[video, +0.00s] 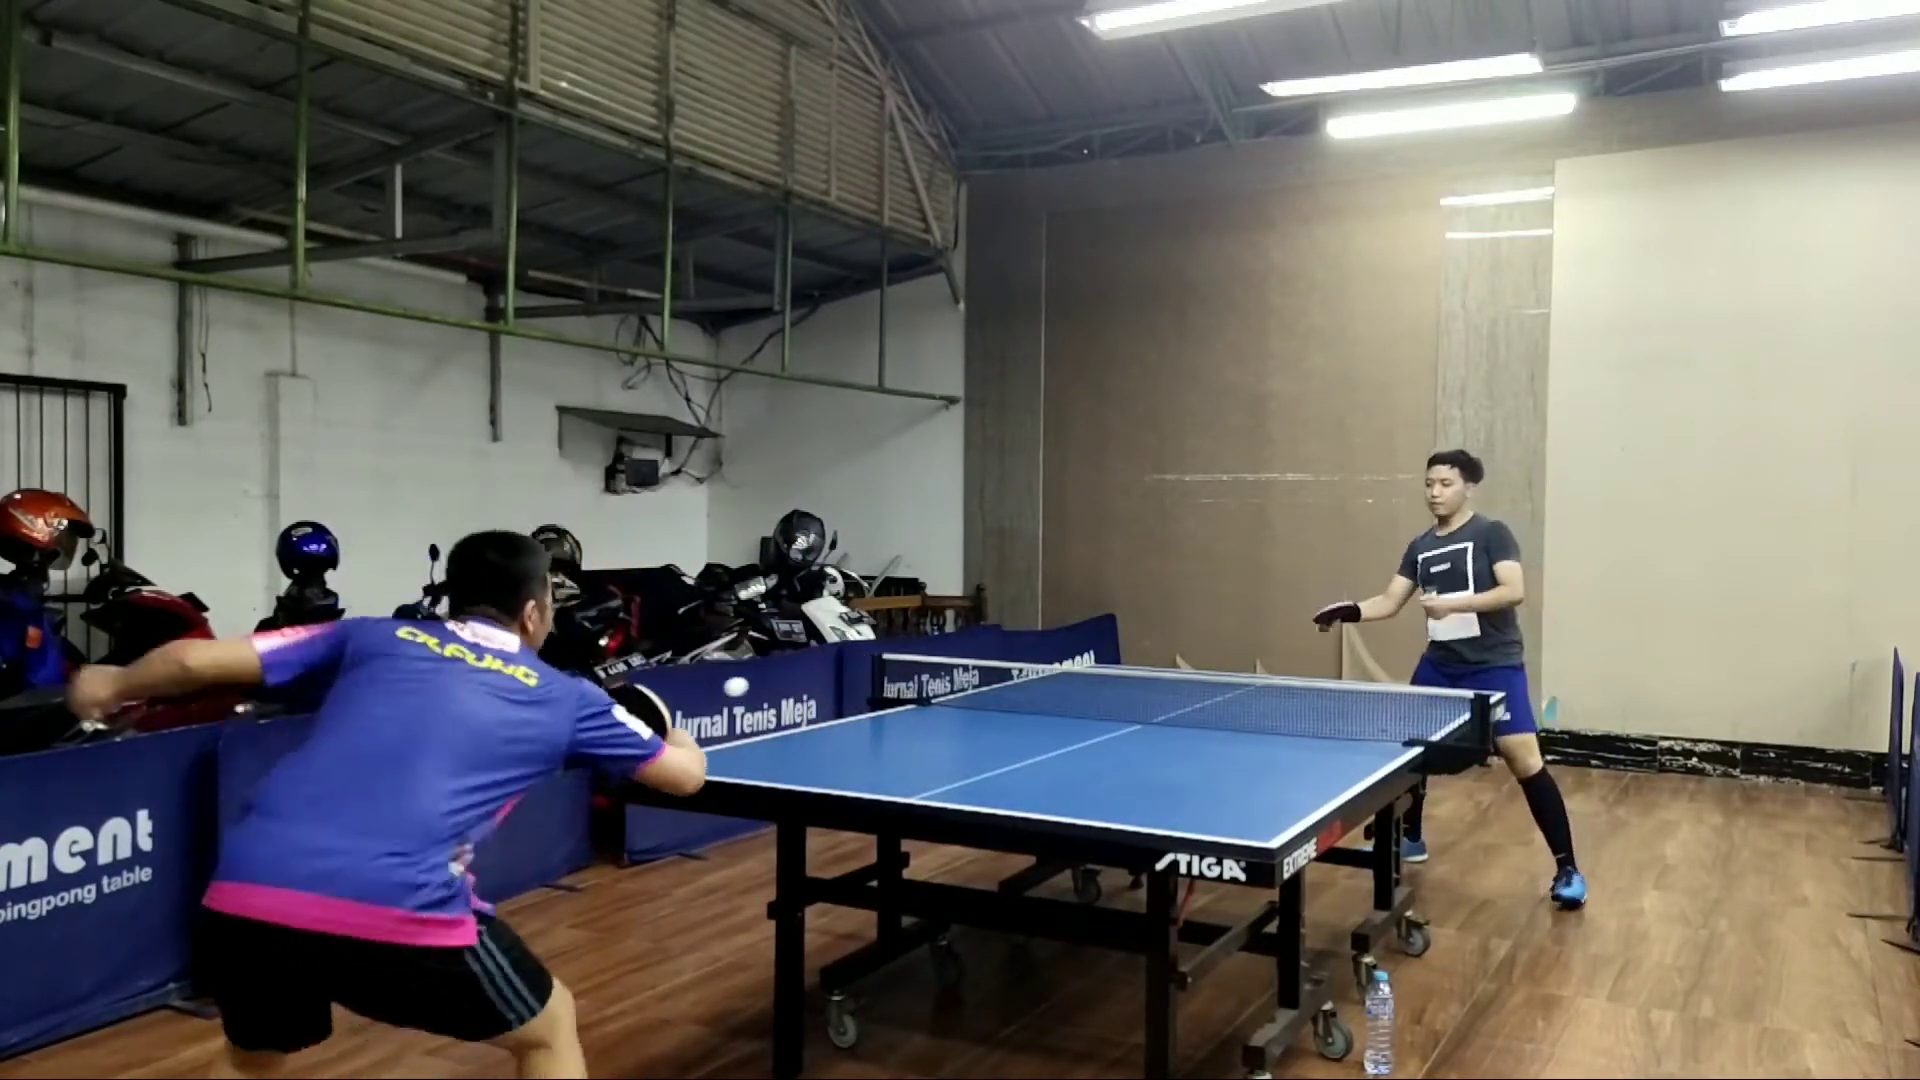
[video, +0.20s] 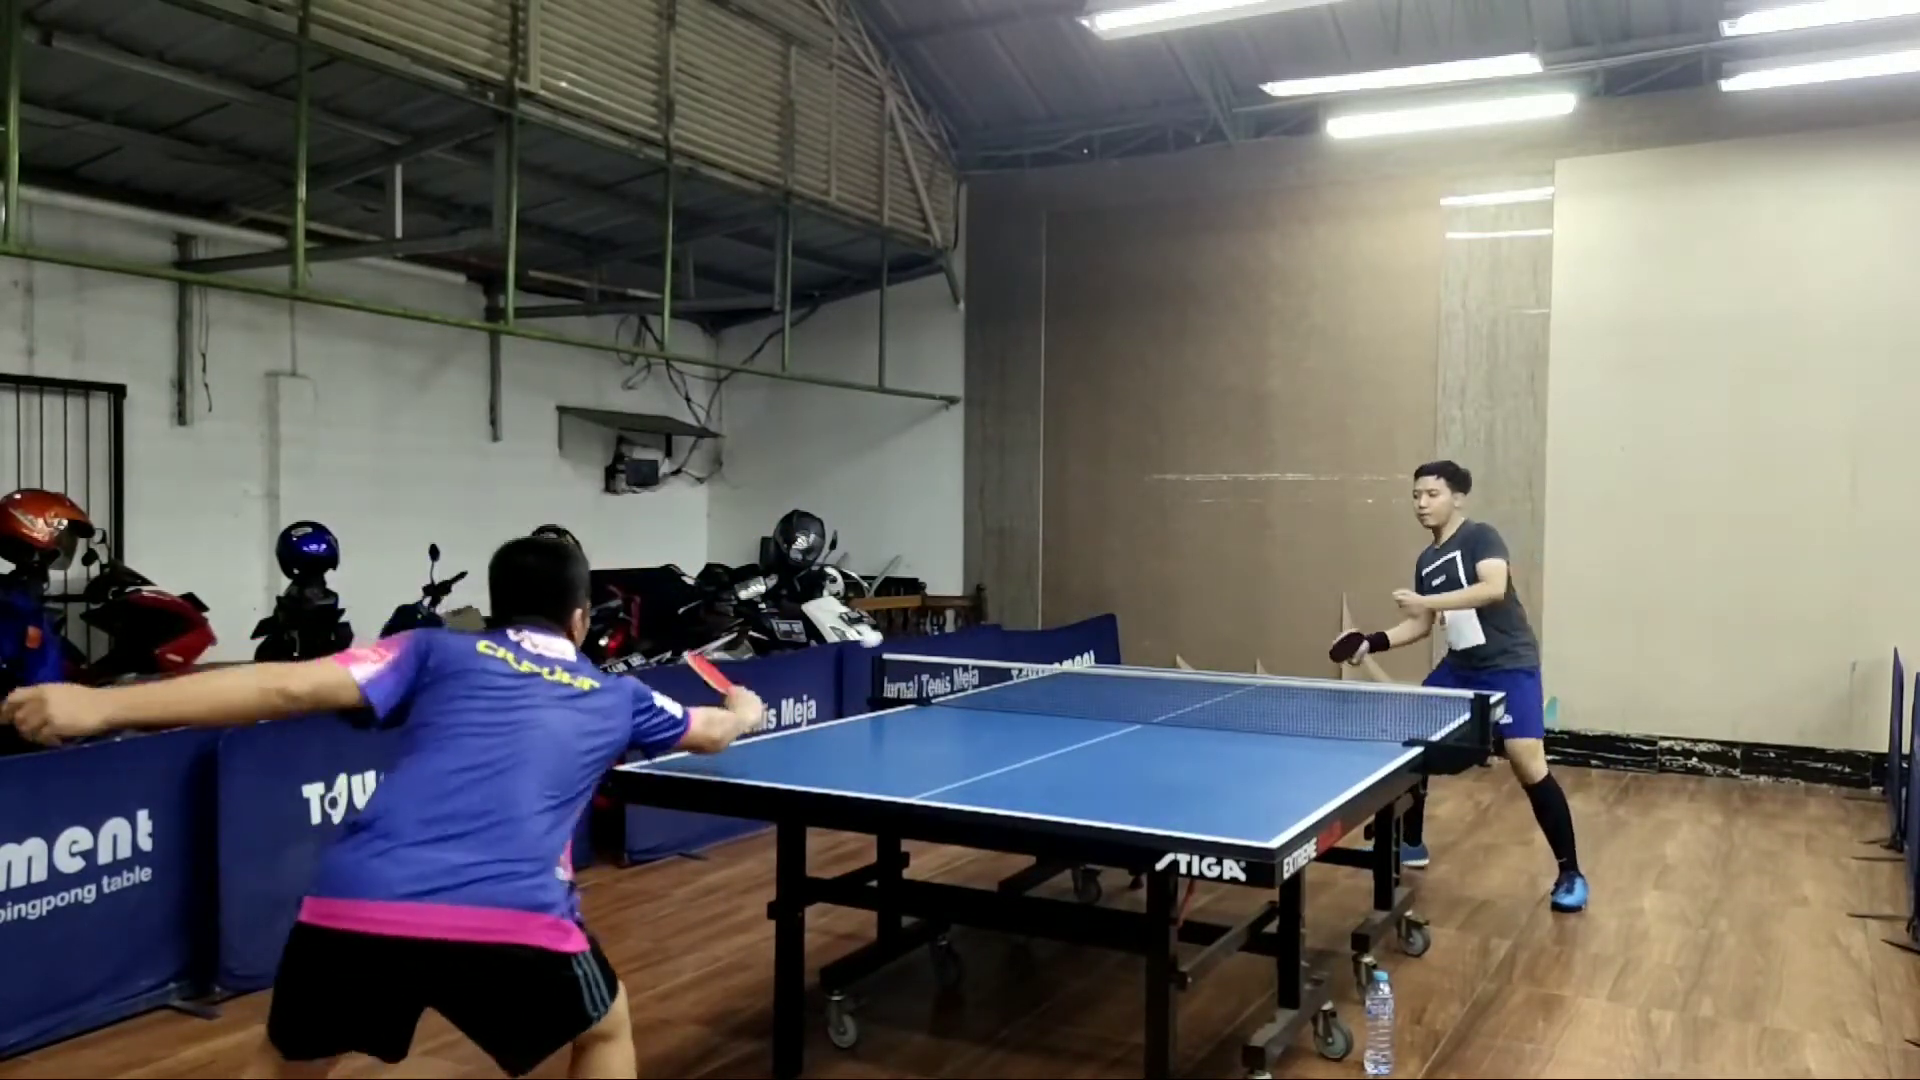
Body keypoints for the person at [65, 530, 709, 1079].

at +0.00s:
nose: (552, 616)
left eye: (549, 601)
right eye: (550, 603)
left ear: (451, 596)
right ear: (531, 614)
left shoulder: (368, 635)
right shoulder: (562, 697)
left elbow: (206, 660)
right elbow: (686, 775)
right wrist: (657, 729)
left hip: (249, 904)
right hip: (399, 923)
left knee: (254, 1057)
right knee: (548, 1030)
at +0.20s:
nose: (594, 623)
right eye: (593, 611)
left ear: (492, 605)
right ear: (582, 619)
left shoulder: (433, 648)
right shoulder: (617, 698)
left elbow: (296, 685)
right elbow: (722, 726)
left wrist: (104, 706)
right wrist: (745, 700)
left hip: (351, 916)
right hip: (509, 928)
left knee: (295, 1060)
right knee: (603, 1024)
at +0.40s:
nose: (603, 561)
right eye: (601, 547)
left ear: (501, 542)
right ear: (590, 554)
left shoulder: (426, 600)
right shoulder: (627, 644)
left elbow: (287, 686)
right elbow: (743, 769)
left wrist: (115, 767)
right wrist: (753, 770)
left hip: (363, 894)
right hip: (515, 900)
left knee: (344, 1060)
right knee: (591, 1043)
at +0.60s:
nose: (589, 524)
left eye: (586, 508)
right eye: (587, 509)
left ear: (484, 512)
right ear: (568, 518)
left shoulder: (389, 587)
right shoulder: (592, 613)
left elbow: (254, 712)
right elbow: (660, 780)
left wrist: (157, 814)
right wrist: (731, 843)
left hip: (325, 899)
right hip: (479, 897)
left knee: (327, 1070)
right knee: (613, 1054)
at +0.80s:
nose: (640, 510)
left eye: (642, 491)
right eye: (641, 492)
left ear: (538, 491)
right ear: (621, 504)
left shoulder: (436, 568)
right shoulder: (636, 598)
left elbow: (317, 730)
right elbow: (676, 790)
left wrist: (304, 846)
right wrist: (741, 877)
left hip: (350, 903)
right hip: (507, 907)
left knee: (361, 1070)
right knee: (648, 1072)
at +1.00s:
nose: (751, 567)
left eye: (751, 548)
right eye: (753, 548)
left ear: (644, 534)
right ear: (730, 555)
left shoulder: (535, 603)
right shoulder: (680, 655)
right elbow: (637, 857)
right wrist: (789, 923)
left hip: (379, 965)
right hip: (523, 976)